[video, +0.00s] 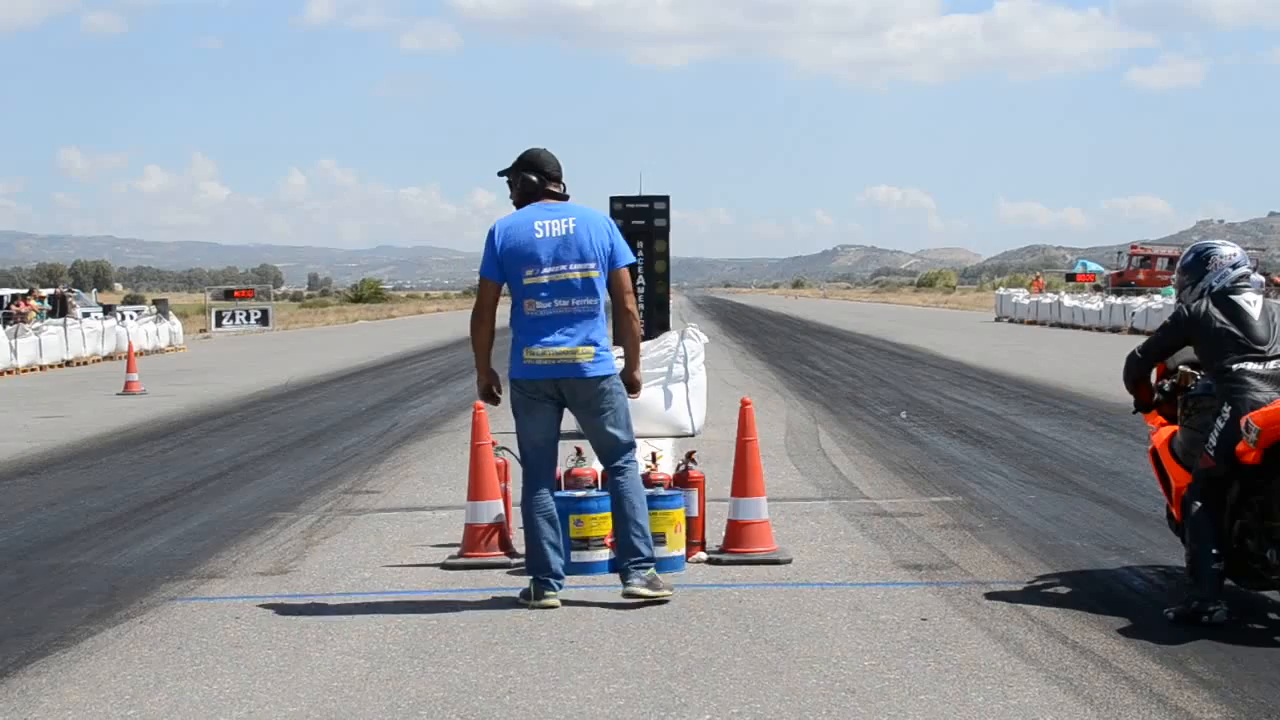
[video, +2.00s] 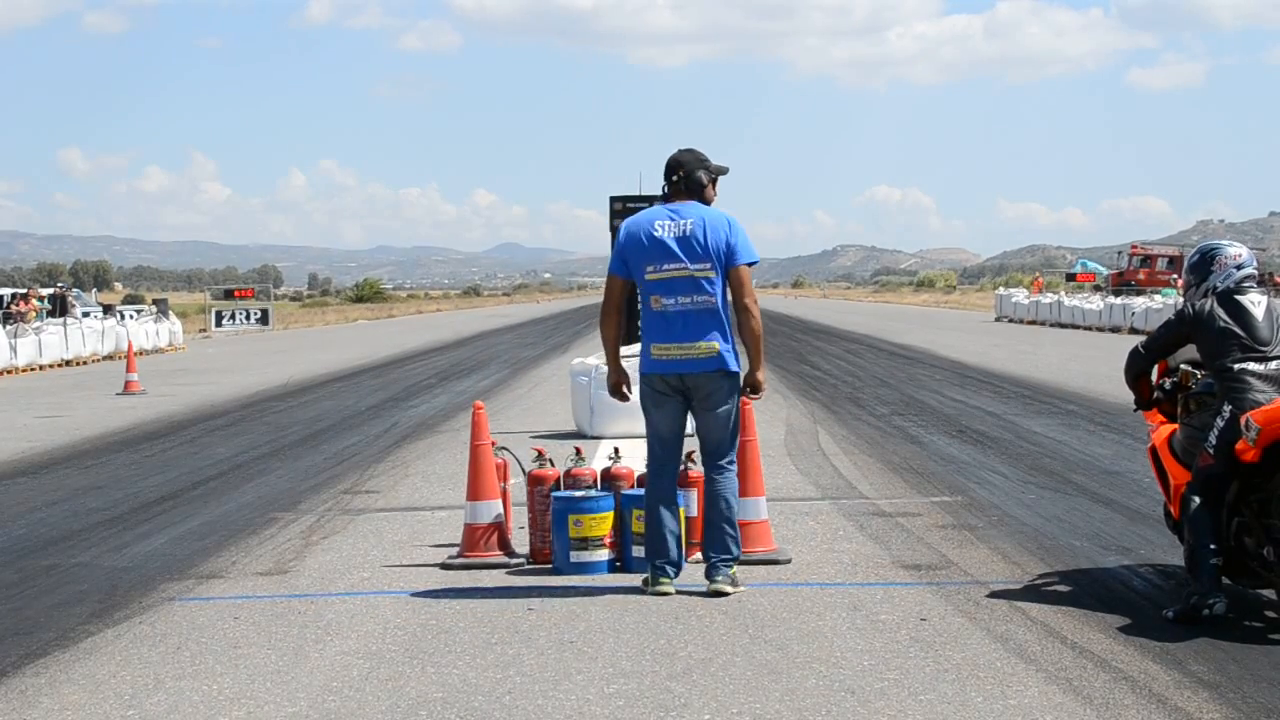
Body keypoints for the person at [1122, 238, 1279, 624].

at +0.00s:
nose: (1182, 289)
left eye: (1184, 281)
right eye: (1182, 282)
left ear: (1198, 276)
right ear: (1240, 267)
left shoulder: (1197, 310)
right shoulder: (1269, 302)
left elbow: (1138, 361)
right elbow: (1255, 351)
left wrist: (1146, 398)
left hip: (1244, 404)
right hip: (1279, 398)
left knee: (1200, 496)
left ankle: (1207, 598)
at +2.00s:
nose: (1186, 287)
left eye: (1190, 280)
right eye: (1187, 280)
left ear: (1205, 276)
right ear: (1244, 268)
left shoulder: (1200, 309)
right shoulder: (1271, 301)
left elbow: (1139, 357)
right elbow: (1258, 353)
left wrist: (1148, 398)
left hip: (1243, 405)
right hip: (1279, 399)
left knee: (1198, 494)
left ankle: (1206, 593)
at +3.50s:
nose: (1191, 286)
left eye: (1193, 278)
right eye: (1192, 279)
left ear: (1205, 275)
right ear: (1245, 269)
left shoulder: (1199, 310)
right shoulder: (1272, 304)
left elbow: (1136, 356)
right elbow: (1259, 354)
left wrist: (1148, 396)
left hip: (1242, 402)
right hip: (1279, 398)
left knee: (1196, 489)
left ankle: (1205, 580)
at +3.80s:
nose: (1192, 283)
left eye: (1194, 276)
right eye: (1192, 277)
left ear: (1205, 273)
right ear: (1245, 270)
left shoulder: (1196, 309)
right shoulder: (1270, 305)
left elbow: (1134, 352)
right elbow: (1257, 353)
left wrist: (1140, 389)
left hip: (1236, 400)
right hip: (1277, 396)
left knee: (1189, 484)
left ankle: (1198, 565)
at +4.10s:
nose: (1184, 284)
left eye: (1186, 278)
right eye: (1185, 278)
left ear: (1196, 276)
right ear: (1236, 273)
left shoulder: (1187, 310)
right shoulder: (1267, 309)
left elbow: (1125, 352)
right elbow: (1274, 351)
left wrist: (1131, 389)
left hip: (1226, 402)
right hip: (1272, 396)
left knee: (1161, 477)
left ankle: (1172, 560)